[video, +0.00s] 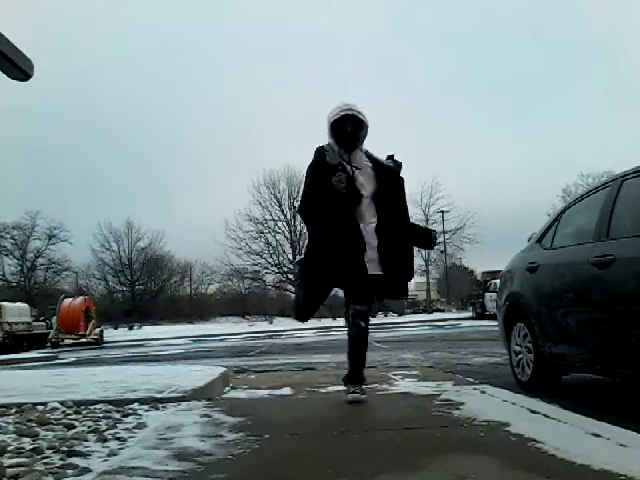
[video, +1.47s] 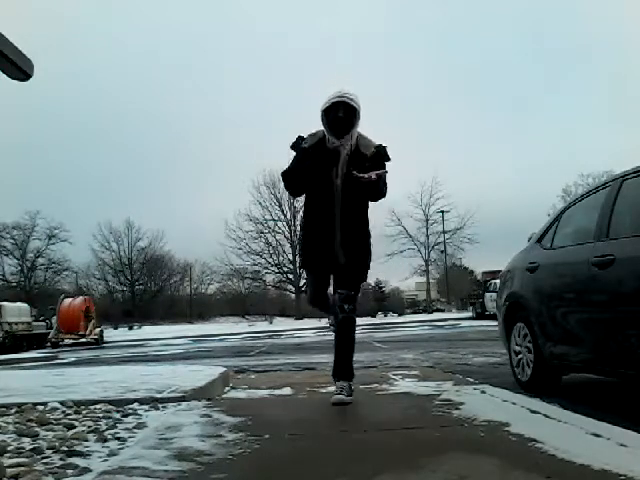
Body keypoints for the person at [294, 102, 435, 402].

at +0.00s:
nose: (349, 132)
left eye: (354, 126)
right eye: (342, 126)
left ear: (364, 131)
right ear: (332, 131)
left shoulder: (382, 170)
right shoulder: (323, 165)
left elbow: (393, 221)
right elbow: (309, 211)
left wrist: (421, 235)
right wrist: (334, 191)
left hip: (370, 254)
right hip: (335, 252)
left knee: (359, 316)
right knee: (304, 310)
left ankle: (355, 381)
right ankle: (308, 265)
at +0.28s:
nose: (336, 110)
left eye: (341, 104)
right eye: (329, 105)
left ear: (351, 107)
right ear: (319, 110)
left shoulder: (367, 130)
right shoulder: (308, 143)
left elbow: (409, 132)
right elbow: (295, 183)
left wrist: (372, 124)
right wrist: (295, 216)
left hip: (365, 227)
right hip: (332, 229)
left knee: (367, 292)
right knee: (341, 292)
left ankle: (366, 351)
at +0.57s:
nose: (328, 128)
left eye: (333, 121)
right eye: (321, 122)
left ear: (344, 125)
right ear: (313, 127)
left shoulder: (362, 152)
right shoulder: (302, 169)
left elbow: (401, 152)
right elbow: (297, 220)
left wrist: (362, 147)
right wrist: (299, 263)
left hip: (364, 245)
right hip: (328, 251)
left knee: (378, 291)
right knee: (343, 317)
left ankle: (381, 301)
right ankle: (351, 380)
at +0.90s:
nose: (332, 142)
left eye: (338, 136)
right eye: (326, 136)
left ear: (348, 139)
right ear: (317, 140)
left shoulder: (362, 168)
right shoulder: (304, 182)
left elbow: (376, 221)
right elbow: (300, 229)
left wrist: (378, 205)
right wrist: (295, 237)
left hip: (360, 258)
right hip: (328, 264)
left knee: (350, 325)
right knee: (346, 324)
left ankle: (352, 382)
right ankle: (352, 381)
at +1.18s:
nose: (339, 109)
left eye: (345, 103)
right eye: (333, 103)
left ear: (354, 106)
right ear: (323, 106)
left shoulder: (367, 138)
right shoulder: (310, 137)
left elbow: (376, 184)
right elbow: (292, 178)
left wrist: (367, 180)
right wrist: (306, 140)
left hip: (356, 229)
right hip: (321, 229)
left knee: (353, 295)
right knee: (326, 291)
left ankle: (355, 367)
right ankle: (331, 340)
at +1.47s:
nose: (339, 122)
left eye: (345, 116)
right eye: (333, 116)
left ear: (355, 119)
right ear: (324, 118)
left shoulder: (367, 152)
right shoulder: (312, 149)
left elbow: (378, 192)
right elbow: (292, 186)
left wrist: (370, 177)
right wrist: (304, 153)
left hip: (352, 237)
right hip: (317, 236)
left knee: (345, 306)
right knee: (316, 296)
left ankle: (343, 379)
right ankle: (337, 312)